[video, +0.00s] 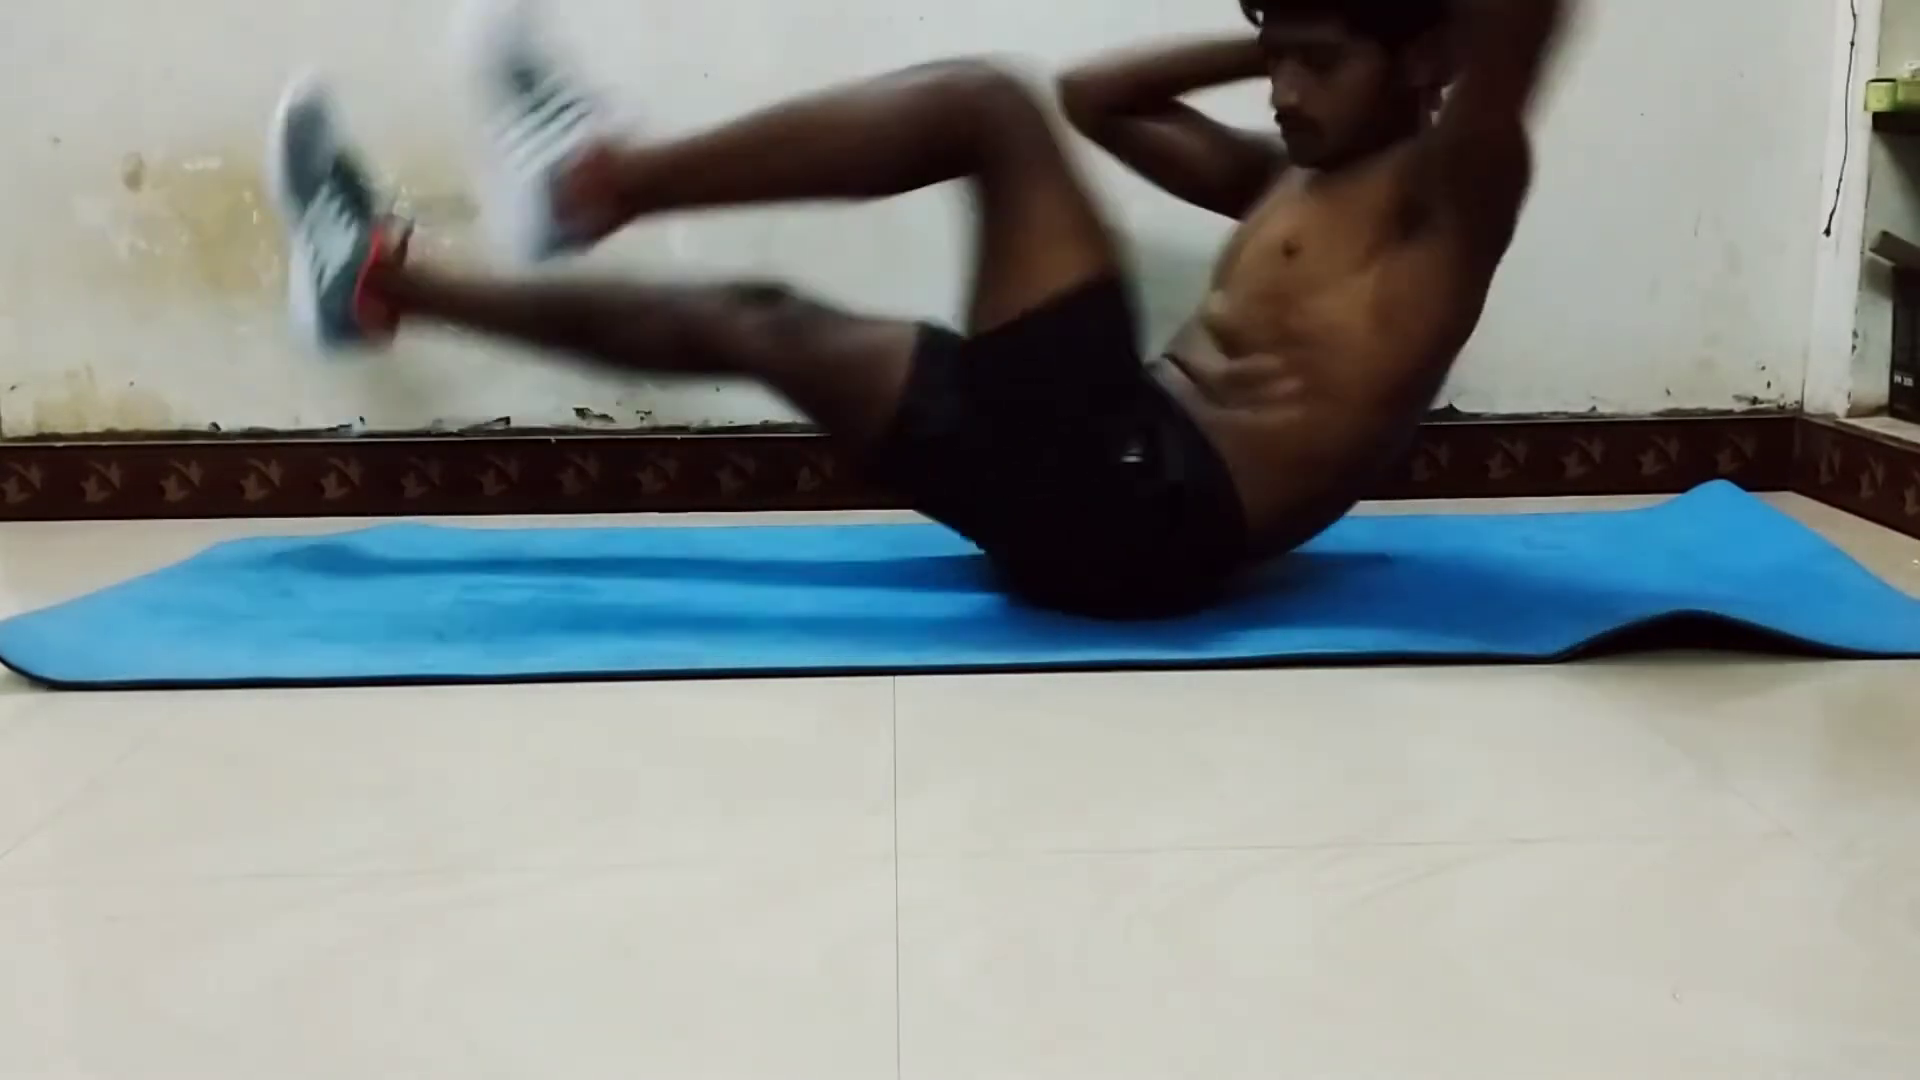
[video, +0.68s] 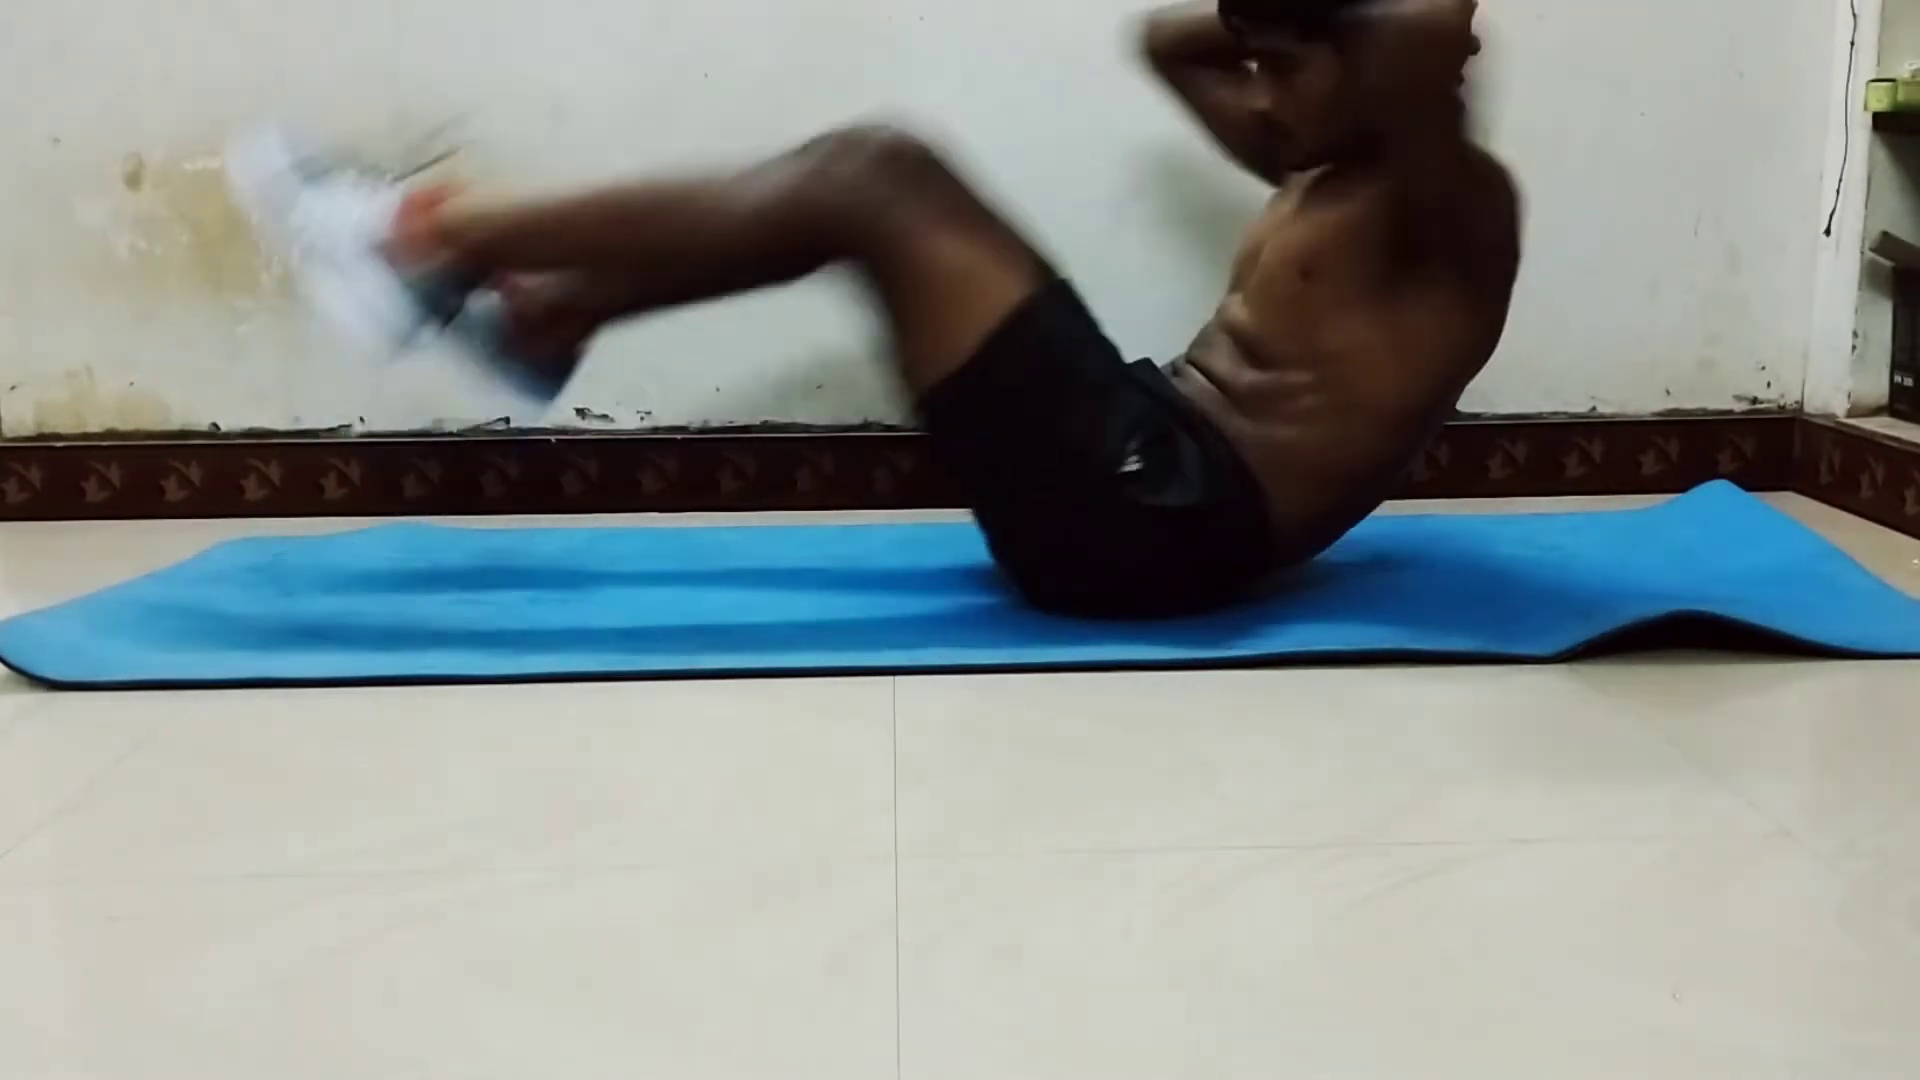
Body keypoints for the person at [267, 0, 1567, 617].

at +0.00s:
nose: (1287, 95)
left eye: (1315, 66)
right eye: (1278, 71)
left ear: (1417, 65)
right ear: (1288, 86)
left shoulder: (1452, 183)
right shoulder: (1295, 181)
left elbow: (1532, 27)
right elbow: (1095, 105)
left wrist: (1443, 50)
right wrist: (1255, 70)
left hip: (1150, 509)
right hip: (1077, 476)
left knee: (996, 105)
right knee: (754, 323)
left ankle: (601, 189)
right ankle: (390, 282)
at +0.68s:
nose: (1260, 109)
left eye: (1282, 69)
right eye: (1242, 71)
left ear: (1399, 56)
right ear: (1286, 70)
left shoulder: (1443, 201)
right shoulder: (1350, 166)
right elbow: (1175, 54)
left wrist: (1388, 51)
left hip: (1167, 522)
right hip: (1143, 476)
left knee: (872, 180)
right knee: (879, 173)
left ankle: (421, 234)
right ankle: (535, 320)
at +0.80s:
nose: (1252, 110)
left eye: (1278, 77)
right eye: (1250, 88)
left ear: (1402, 68)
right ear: (1359, 80)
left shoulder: (1441, 220)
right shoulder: (1355, 194)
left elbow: (1368, 152)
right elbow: (1281, 125)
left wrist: (1242, 65)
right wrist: (1241, 70)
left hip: (1159, 514)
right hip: (1127, 438)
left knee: (807, 247)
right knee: (934, 135)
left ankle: (370, 276)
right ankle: (592, 282)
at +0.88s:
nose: (1401, 61)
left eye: (1380, 44)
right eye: (1384, 41)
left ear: (1378, 83)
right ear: (1378, 80)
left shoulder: (1405, 207)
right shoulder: (1367, 196)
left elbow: (1176, 74)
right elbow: (1224, 77)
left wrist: (1362, 53)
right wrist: (1357, 58)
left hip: (1135, 510)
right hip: (1119, 423)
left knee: (740, 371)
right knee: (1045, 99)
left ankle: (287, 348)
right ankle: (672, 206)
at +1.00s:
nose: (1296, 57)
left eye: (1324, 38)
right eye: (1340, 33)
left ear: (1379, 66)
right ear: (1382, 69)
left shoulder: (1389, 199)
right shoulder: (1367, 189)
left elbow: (1129, 84)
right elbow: (1140, 86)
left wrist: (1318, 50)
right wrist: (1338, 51)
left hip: (1126, 515)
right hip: (1120, 425)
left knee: (727, 410)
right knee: (1092, 106)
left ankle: (264, 393)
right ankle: (712, 182)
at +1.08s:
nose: (1251, 74)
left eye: (1292, 49)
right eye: (1281, 45)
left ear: (1367, 69)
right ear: (1373, 70)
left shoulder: (1372, 191)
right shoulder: (1348, 177)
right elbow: (1105, 91)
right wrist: (1331, 44)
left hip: (1128, 514)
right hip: (1119, 424)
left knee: (737, 430)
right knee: (1130, 132)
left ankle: (269, 436)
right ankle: (742, 172)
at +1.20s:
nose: (1254, 75)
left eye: (1296, 52)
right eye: (1280, 47)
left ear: (1392, 66)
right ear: (1409, 74)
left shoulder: (1367, 170)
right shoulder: (1388, 166)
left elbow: (1072, 106)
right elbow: (1109, 88)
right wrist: (1343, 39)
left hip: (1132, 517)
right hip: (1143, 440)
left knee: (731, 430)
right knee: (1150, 123)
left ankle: (285, 472)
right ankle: (757, 161)